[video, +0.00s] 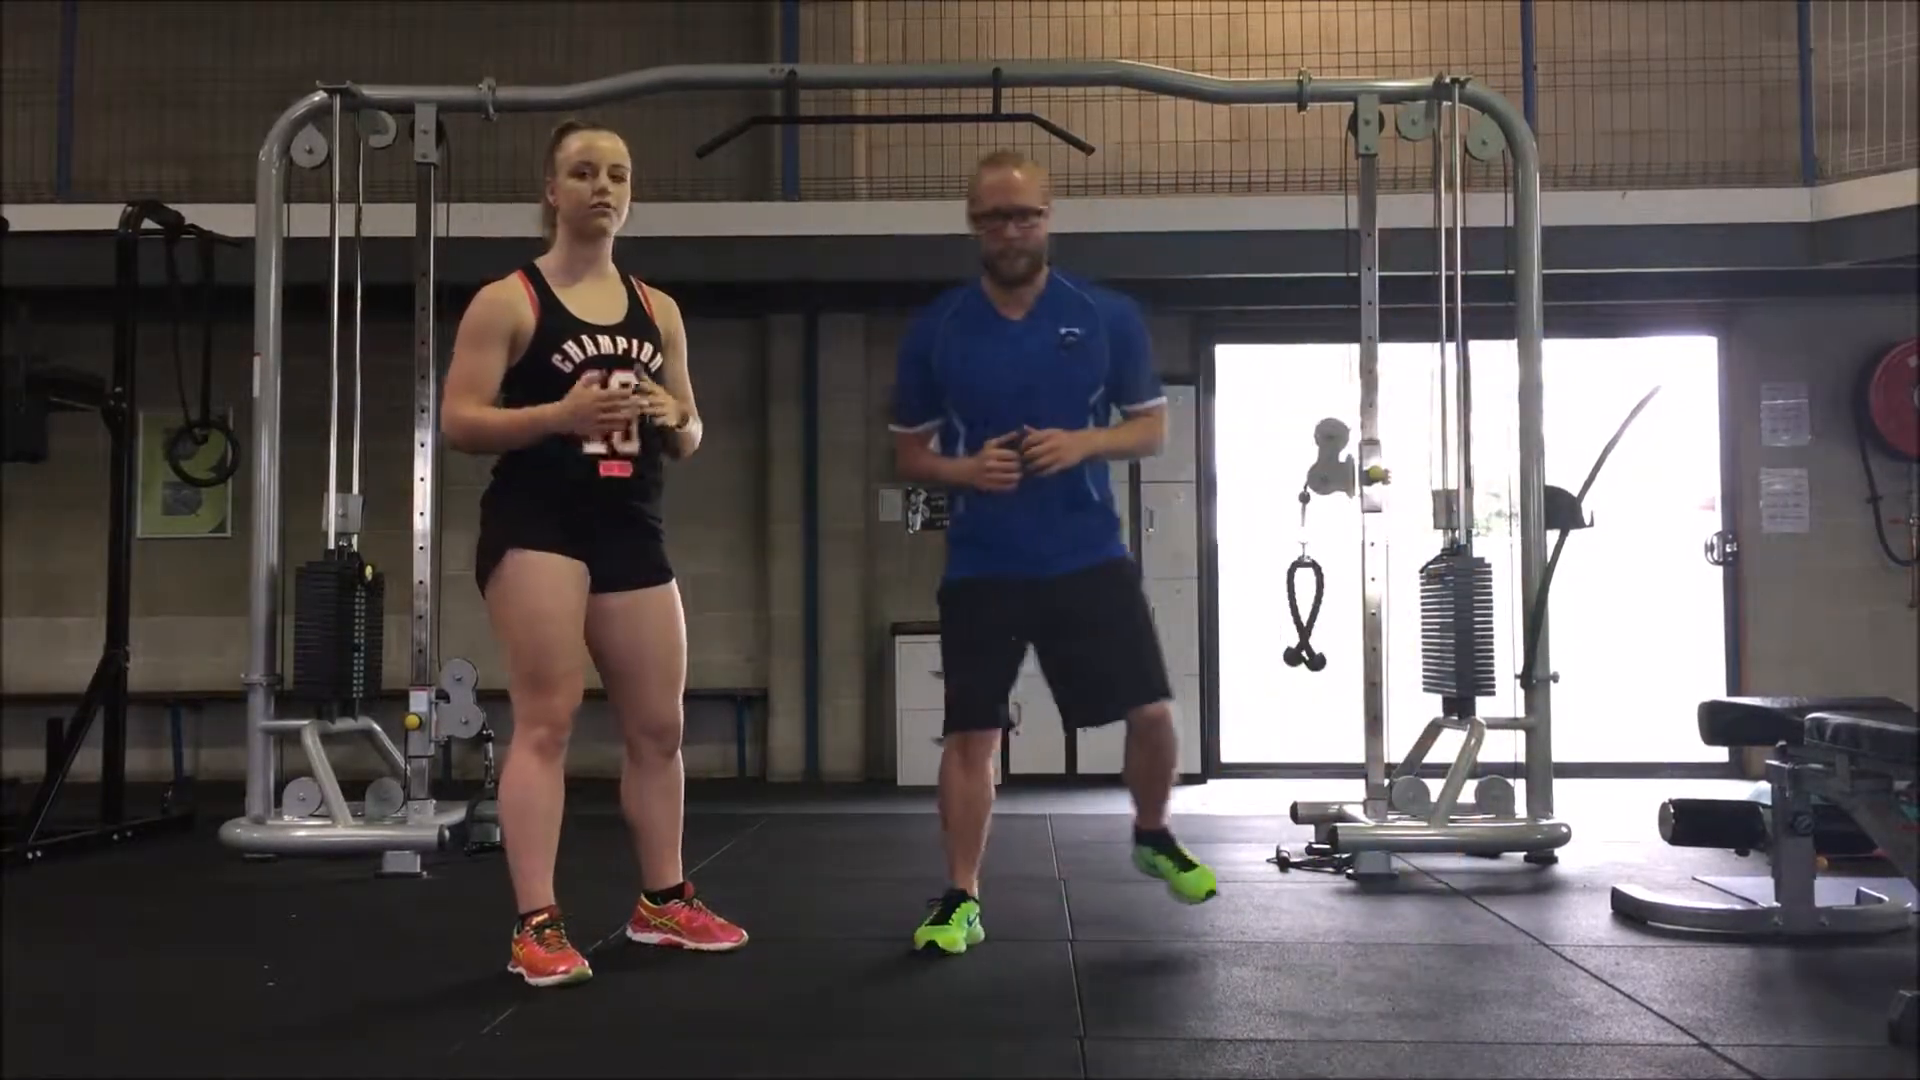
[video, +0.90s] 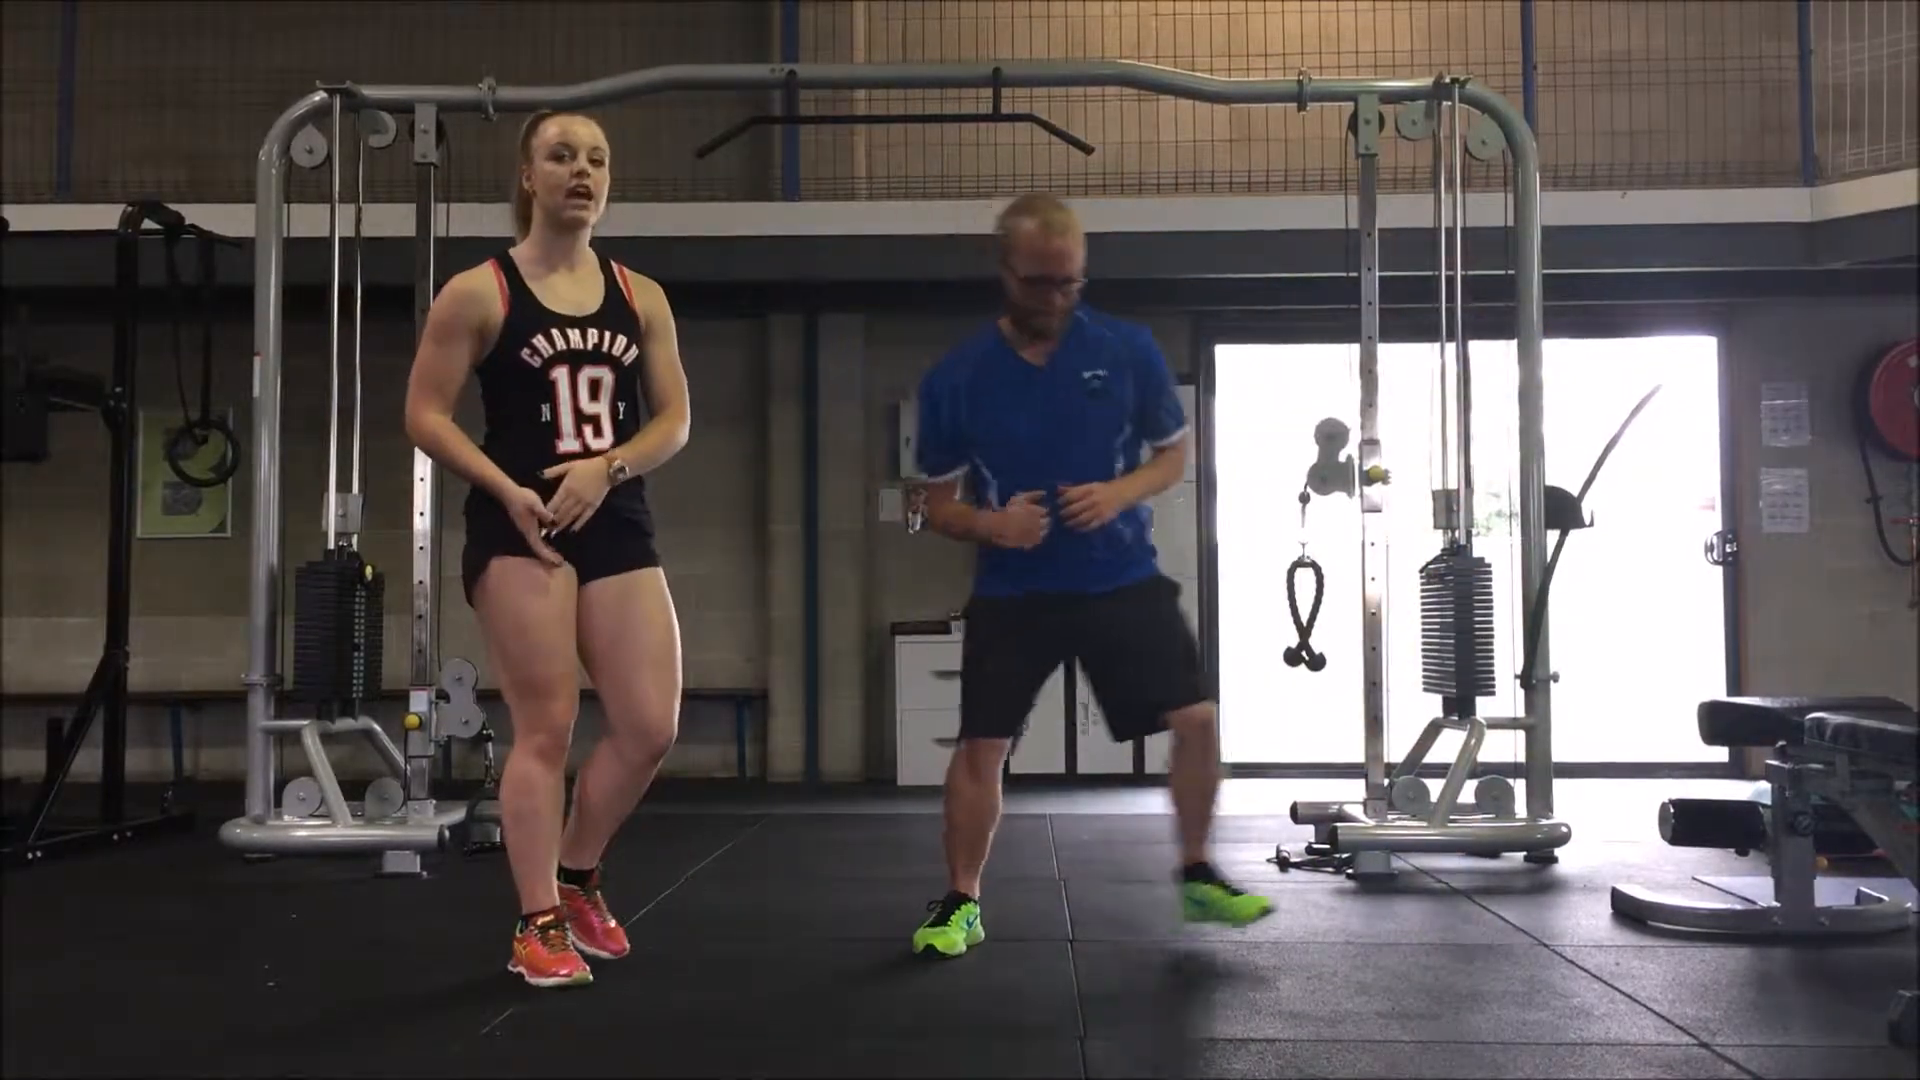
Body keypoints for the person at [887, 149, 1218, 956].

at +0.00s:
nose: (1011, 231)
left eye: (1025, 216)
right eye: (994, 218)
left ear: (1050, 219)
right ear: (972, 225)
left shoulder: (1108, 318)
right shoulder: (936, 332)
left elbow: (1151, 429)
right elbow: (908, 455)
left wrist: (1083, 443)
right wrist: (965, 468)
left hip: (1088, 560)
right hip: (984, 568)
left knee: (1152, 713)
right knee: (971, 733)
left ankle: (1152, 835)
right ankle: (960, 897)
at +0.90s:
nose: (1054, 299)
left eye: (1068, 282)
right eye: (1037, 282)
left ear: (1085, 273)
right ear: (1003, 273)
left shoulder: (1129, 352)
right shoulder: (957, 379)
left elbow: (1176, 456)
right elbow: (934, 504)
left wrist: (1117, 493)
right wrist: (991, 524)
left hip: (1123, 585)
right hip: (1014, 591)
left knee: (1196, 717)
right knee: (981, 745)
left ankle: (1196, 873)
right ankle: (962, 903)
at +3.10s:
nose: (984, 263)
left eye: (997, 247)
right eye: (966, 248)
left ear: (1016, 226)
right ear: (934, 229)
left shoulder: (1066, 314)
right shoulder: (892, 327)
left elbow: (1103, 435)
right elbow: (874, 456)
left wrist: (1041, 436)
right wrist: (928, 451)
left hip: (1048, 557)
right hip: (943, 565)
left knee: (1087, 721)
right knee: (943, 728)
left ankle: (1093, 831)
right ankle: (972, 895)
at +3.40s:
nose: (1026, 276)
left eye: (1036, 258)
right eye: (1007, 262)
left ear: (1049, 249)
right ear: (968, 255)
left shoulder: (1100, 341)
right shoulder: (927, 366)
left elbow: (1138, 455)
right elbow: (910, 495)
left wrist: (1070, 471)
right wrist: (966, 492)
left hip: (1089, 581)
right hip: (983, 583)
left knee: (1126, 733)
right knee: (955, 734)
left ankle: (1104, 866)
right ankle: (973, 898)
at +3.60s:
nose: (1121, 251)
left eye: (1133, 237)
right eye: (1105, 236)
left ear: (1146, 240)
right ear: (1067, 239)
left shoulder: (1186, 331)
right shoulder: (1019, 350)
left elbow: (1226, 448)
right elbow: (985, 472)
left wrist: (1171, 436)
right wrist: (1066, 459)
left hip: (1168, 570)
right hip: (1058, 577)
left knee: (1256, 699)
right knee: (1001, 734)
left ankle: (1279, 861)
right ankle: (976, 899)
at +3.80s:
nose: (1272, 199)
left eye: (1287, 186)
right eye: (1257, 183)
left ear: (1305, 194)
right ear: (1226, 185)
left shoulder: (1351, 286)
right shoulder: (1174, 291)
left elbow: (1383, 409)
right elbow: (1145, 424)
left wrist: (1330, 396)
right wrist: (1244, 406)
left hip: (1320, 539)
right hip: (1205, 539)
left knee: (1405, 699)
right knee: (1116, 693)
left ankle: (1483, 880)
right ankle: (1033, 857)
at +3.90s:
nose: (1344, 220)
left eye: (1358, 206)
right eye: (1327, 204)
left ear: (1376, 212)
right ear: (1293, 206)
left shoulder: (1423, 314)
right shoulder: (1249, 323)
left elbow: (1458, 439)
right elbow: (1218, 457)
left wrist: (1400, 428)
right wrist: (1316, 436)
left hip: (1390, 567)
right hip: (1279, 565)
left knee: (1459, 721)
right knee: (1190, 707)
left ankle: (1490, 906)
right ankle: (1119, 852)